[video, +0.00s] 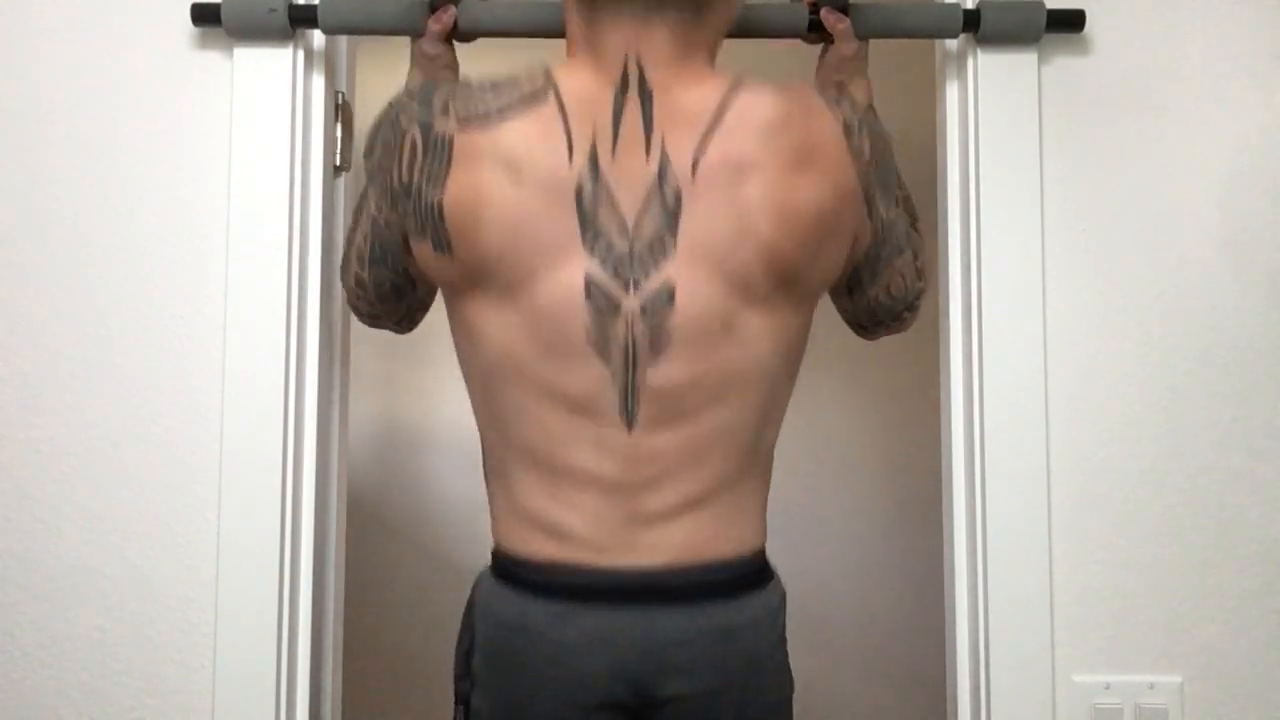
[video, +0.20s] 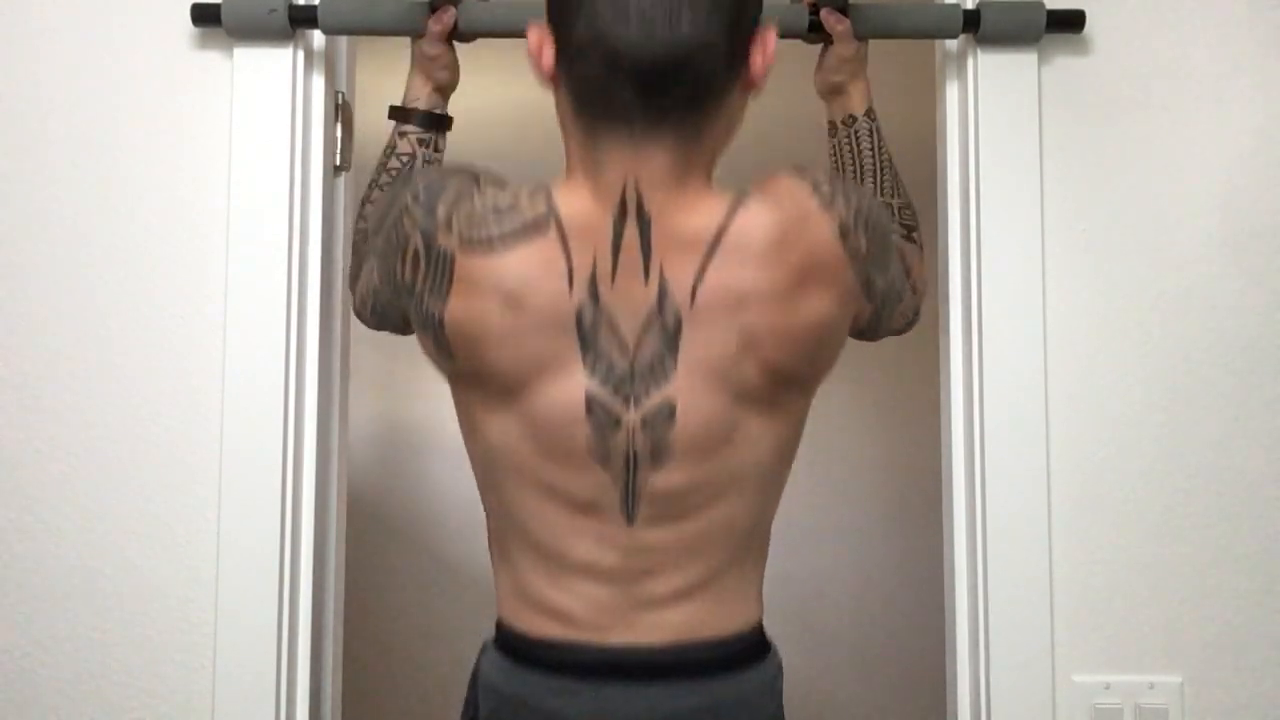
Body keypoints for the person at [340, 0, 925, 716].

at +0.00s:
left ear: (571, 4)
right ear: (725, 4)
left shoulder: (454, 134)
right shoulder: (802, 139)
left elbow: (380, 299)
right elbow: (889, 303)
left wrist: (425, 89)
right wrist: (851, 97)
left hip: (532, 636)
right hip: (728, 637)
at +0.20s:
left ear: (543, 57)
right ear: (758, 63)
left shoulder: (466, 243)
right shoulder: (802, 244)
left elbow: (376, 282)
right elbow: (896, 294)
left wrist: (424, 98)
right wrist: (850, 101)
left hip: (530, 688)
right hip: (724, 688)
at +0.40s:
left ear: (543, 161)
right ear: (758, 170)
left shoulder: (474, 335)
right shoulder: (803, 326)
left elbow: (384, 267)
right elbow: (895, 264)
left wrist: (424, 97)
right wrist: (850, 97)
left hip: (535, 707)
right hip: (727, 708)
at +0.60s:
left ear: (539, 245)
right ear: (753, 250)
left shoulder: (486, 411)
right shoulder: (791, 393)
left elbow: (396, 267)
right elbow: (887, 267)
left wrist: (425, 90)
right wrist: (848, 98)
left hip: (539, 712)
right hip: (730, 711)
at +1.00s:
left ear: (536, 213)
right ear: (751, 222)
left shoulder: (479, 386)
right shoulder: (795, 365)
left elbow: (395, 262)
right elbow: (887, 264)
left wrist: (427, 94)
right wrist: (847, 97)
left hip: (543, 709)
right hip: (731, 709)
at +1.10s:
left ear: (539, 113)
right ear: (755, 118)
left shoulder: (467, 301)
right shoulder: (802, 292)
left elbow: (378, 274)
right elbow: (902, 269)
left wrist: (423, 96)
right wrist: (851, 97)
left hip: (538, 701)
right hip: (732, 701)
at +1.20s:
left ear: (548, 19)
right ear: (754, 23)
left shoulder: (463, 203)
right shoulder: (806, 197)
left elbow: (369, 293)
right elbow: (903, 299)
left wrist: (418, 97)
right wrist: (855, 98)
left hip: (536, 681)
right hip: (732, 682)